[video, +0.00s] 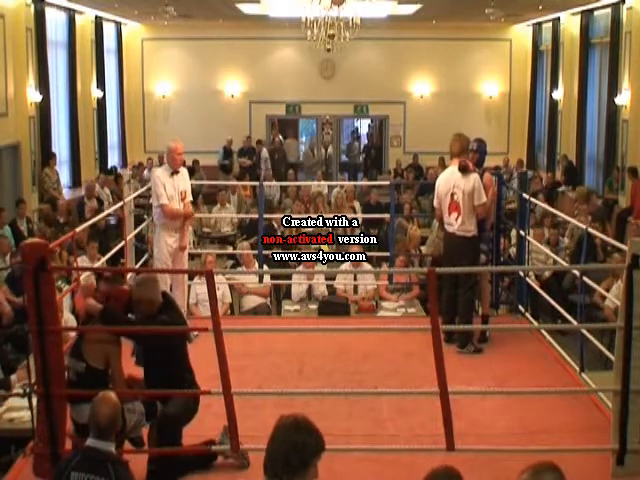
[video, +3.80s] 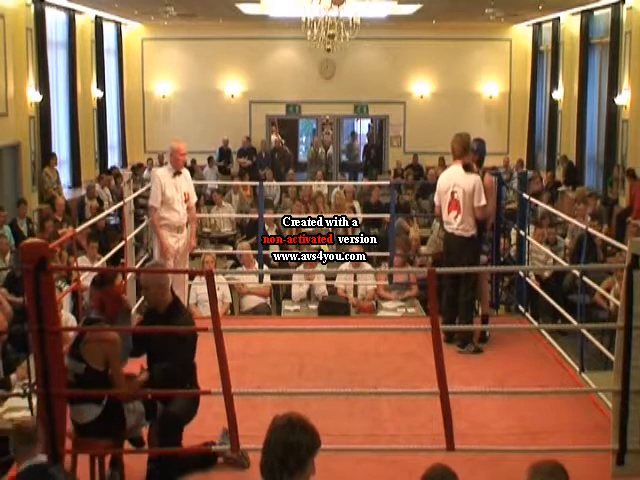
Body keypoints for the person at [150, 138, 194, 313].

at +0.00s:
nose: (181, 158)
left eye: (182, 154)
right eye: (177, 155)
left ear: (183, 156)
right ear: (167, 156)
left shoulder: (184, 172)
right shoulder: (158, 174)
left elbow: (187, 203)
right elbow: (166, 209)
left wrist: (184, 233)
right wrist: (185, 212)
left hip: (182, 226)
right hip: (165, 227)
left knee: (181, 271)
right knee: (163, 270)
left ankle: (180, 312)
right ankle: (162, 310)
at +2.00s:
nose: (180, 158)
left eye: (181, 154)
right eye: (176, 155)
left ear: (183, 156)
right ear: (167, 156)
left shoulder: (184, 173)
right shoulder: (158, 174)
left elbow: (188, 203)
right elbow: (166, 209)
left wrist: (185, 235)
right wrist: (186, 210)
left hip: (182, 228)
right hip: (165, 228)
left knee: (181, 270)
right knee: (163, 269)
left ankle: (181, 308)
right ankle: (163, 308)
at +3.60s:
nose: (183, 159)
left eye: (185, 155)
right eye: (180, 155)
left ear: (185, 156)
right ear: (170, 156)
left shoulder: (185, 174)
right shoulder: (159, 174)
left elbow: (190, 202)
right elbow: (156, 210)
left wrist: (188, 231)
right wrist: (181, 230)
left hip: (183, 229)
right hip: (165, 229)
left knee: (182, 271)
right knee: (165, 269)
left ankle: (182, 307)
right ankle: (163, 308)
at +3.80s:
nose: (184, 159)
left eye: (185, 155)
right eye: (181, 155)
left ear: (186, 156)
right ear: (171, 156)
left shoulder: (186, 174)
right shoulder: (159, 174)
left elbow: (191, 206)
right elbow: (153, 210)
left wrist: (193, 235)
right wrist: (162, 240)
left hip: (183, 227)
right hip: (165, 227)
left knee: (182, 269)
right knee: (166, 268)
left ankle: (182, 306)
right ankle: (164, 306)